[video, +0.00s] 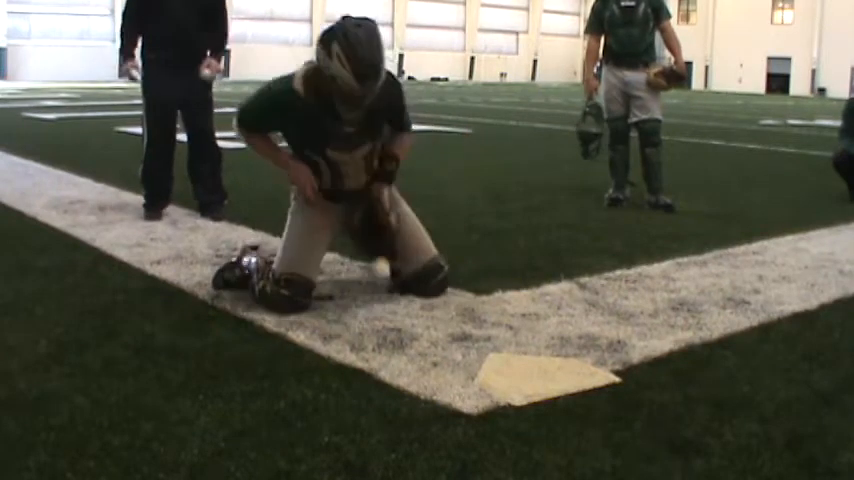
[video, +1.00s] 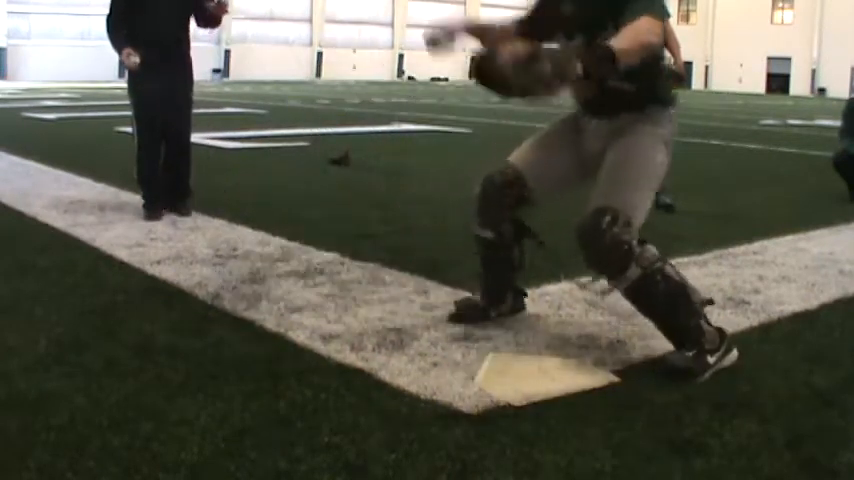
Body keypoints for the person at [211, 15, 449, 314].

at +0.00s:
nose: (358, 98)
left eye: (365, 90)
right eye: (348, 90)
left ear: (377, 75)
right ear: (327, 74)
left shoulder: (387, 89)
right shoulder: (289, 93)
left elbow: (402, 131)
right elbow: (247, 124)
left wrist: (389, 163)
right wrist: (291, 166)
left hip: (375, 192)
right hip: (318, 197)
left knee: (431, 281)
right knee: (290, 297)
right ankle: (251, 264)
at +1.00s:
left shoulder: (640, 3)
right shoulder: (561, 7)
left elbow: (649, 34)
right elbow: (520, 38)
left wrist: (599, 56)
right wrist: (471, 33)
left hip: (643, 124)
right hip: (588, 121)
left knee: (605, 236)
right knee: (498, 193)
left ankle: (703, 340)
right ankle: (500, 298)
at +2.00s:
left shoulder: (713, 4)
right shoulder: (667, 7)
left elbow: (751, 48)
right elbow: (685, 70)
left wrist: (732, 128)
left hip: (745, 102)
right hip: (696, 103)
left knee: (774, 220)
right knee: (640, 181)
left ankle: (851, 280)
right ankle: (659, 272)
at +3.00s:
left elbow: (579, 9)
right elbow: (690, 27)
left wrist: (542, 66)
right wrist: (663, 54)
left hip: (623, 67)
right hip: (667, 67)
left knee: (579, 170)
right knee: (639, 173)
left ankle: (568, 263)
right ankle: (661, 261)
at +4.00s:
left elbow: (619, 24)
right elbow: (741, 11)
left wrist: (620, 75)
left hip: (649, 62)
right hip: (691, 63)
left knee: (659, 152)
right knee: (698, 151)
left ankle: (664, 239)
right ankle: (702, 233)